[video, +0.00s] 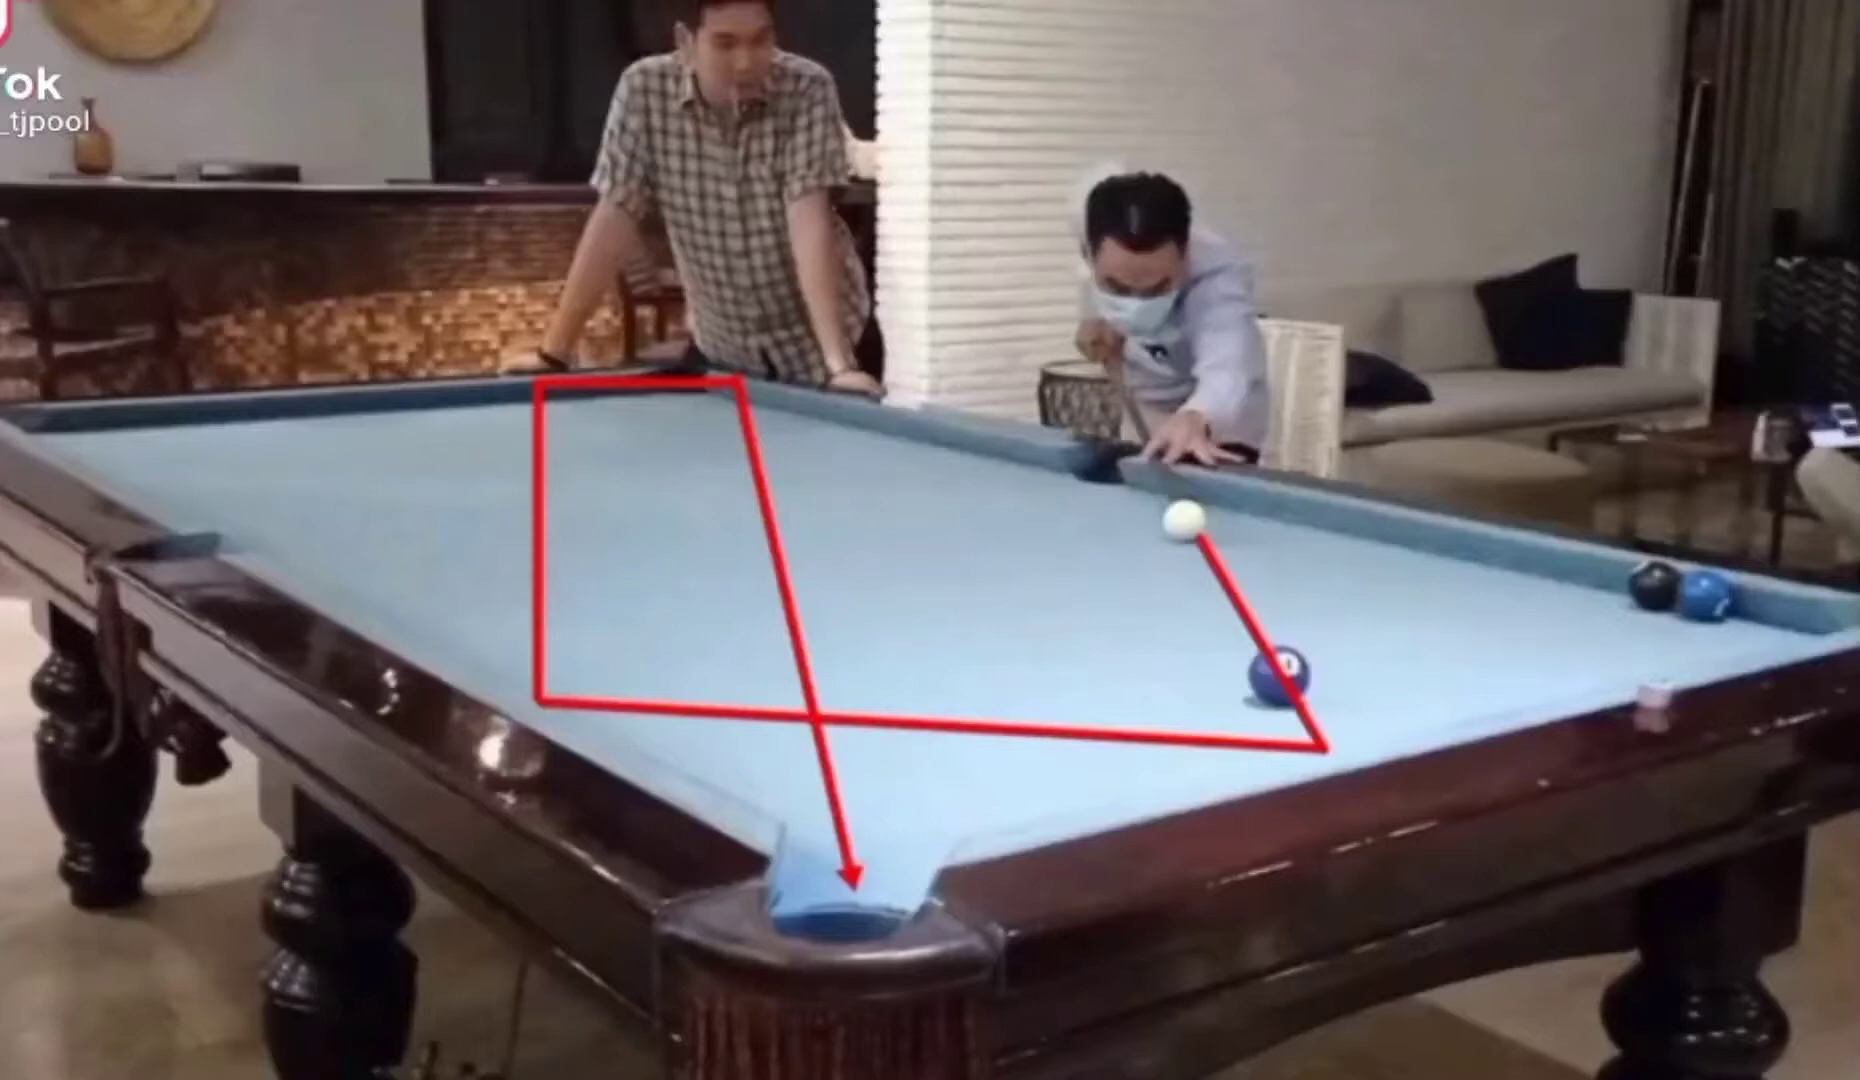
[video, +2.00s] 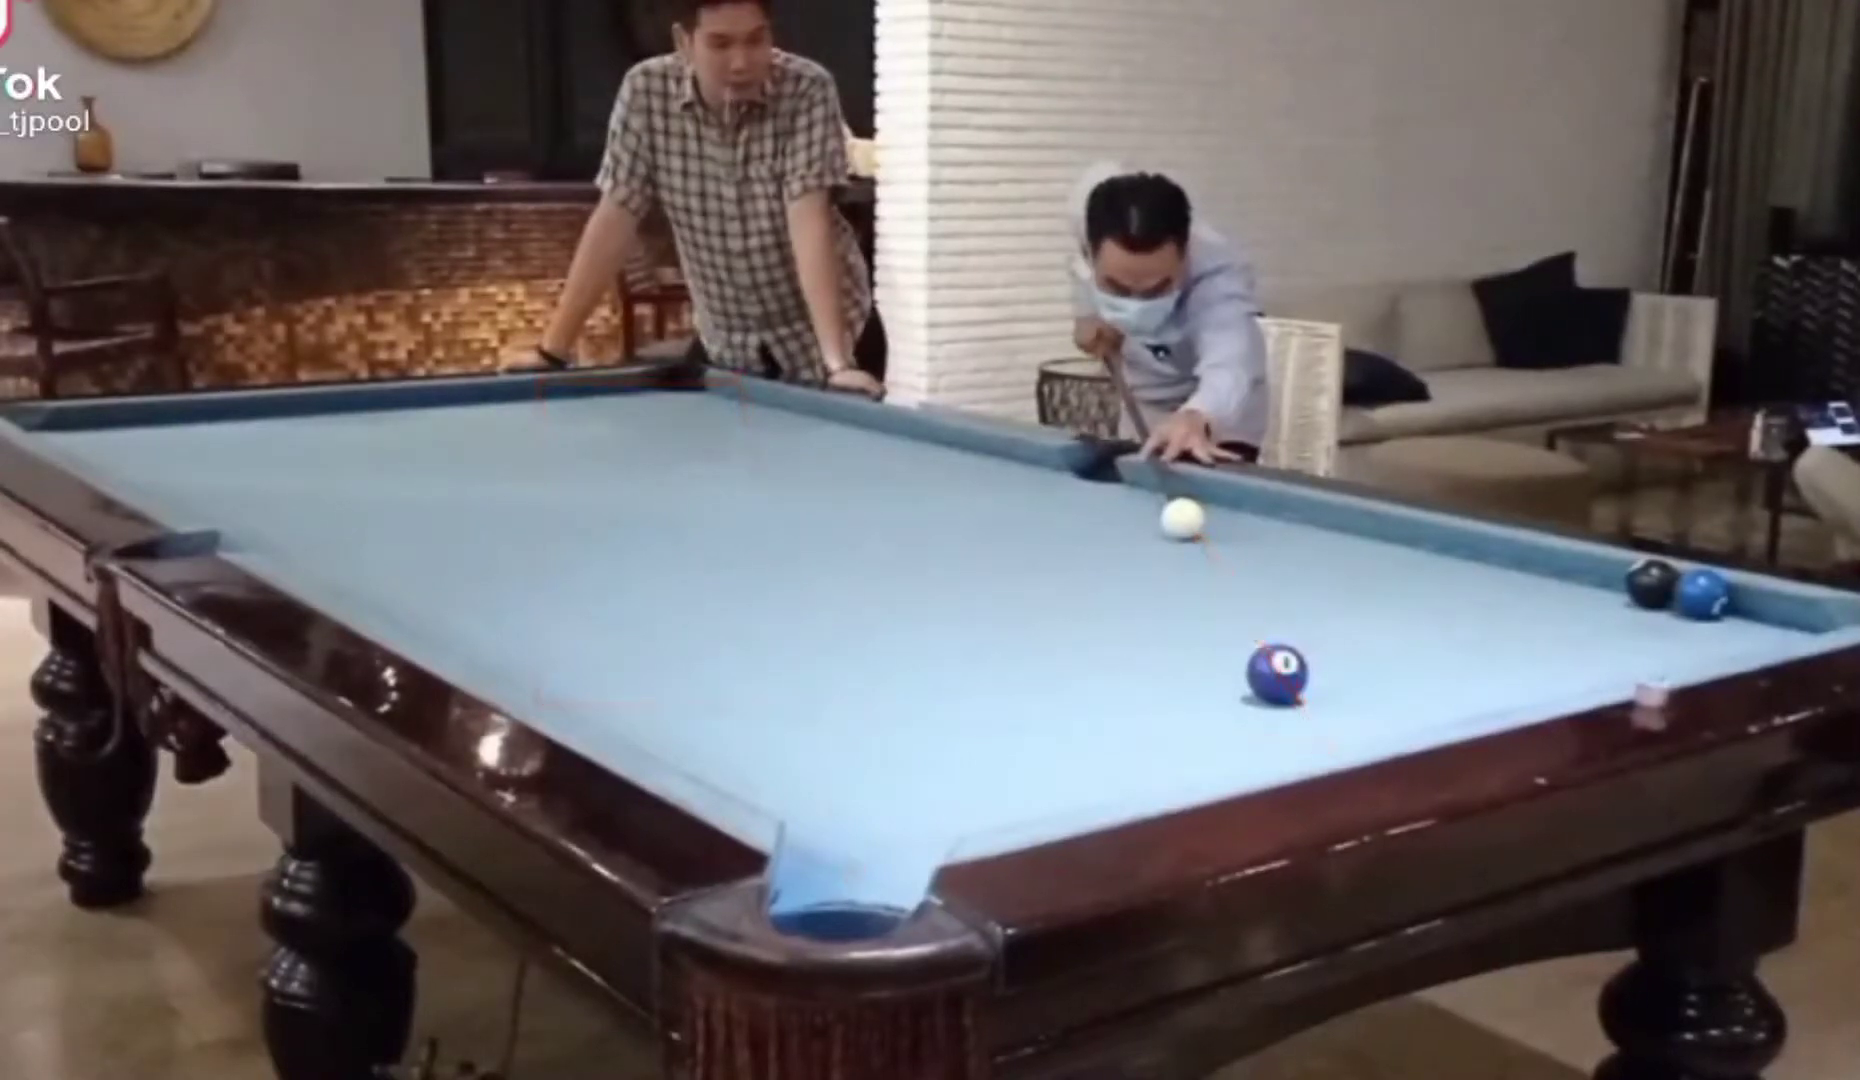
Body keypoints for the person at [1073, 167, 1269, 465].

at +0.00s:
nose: (1136, 307)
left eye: (1156, 291)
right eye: (1117, 289)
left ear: (1184, 257)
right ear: (1089, 257)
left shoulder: (1216, 275)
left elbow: (1229, 365)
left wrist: (1195, 415)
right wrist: (1093, 331)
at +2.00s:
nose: (1135, 308)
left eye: (1156, 291)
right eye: (1117, 290)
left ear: (1184, 258)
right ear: (1087, 255)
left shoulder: (1217, 271)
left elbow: (1232, 363)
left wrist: (1195, 415)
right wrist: (1085, 317)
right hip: (1136, 412)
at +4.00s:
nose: (1154, 64)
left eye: (1172, 44)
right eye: (1136, 49)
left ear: (1202, 49)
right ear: (1119, 56)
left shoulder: (1252, 161)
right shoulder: (1098, 153)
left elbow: (1274, 301)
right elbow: (1072, 258)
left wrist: (1284, 426)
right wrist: (1064, 338)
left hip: (1199, 422)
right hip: (1102, 417)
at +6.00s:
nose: (1529, 70)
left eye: (1557, 46)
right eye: (1506, 44)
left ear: (1594, 41)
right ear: (1476, 39)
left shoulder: (1655, 186)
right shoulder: (1421, 156)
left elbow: (1688, 372)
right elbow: (1378, 288)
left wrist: (1712, 548)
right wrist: (1318, 361)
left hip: (1565, 528)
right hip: (1416, 510)